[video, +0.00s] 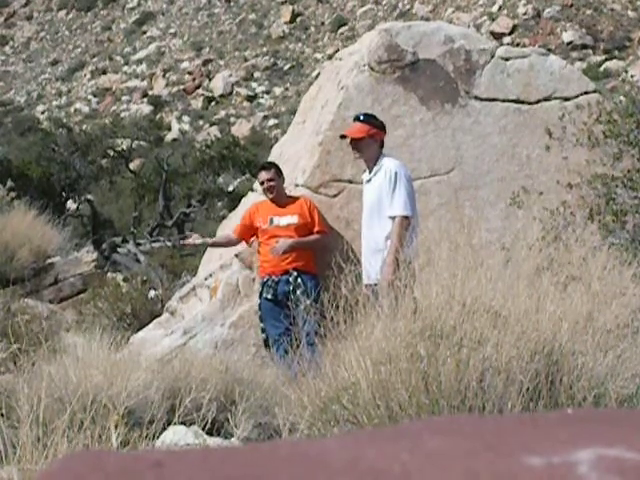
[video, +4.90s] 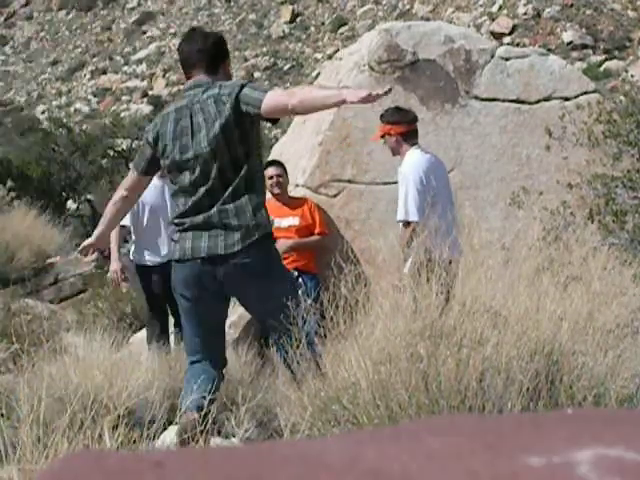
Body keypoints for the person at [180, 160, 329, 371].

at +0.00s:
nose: (267, 185)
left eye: (271, 180)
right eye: (263, 182)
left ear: (282, 180)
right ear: (260, 186)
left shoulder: (304, 204)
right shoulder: (257, 210)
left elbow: (323, 236)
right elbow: (234, 238)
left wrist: (293, 243)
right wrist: (205, 241)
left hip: (302, 277)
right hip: (271, 280)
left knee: (310, 333)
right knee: (278, 339)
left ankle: (316, 380)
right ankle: (292, 385)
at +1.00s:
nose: (270, 185)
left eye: (274, 180)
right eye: (265, 182)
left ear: (284, 180)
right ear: (261, 186)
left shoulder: (304, 205)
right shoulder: (256, 211)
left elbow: (323, 237)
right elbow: (239, 244)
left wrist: (293, 243)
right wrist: (223, 273)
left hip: (303, 277)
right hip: (271, 280)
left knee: (310, 332)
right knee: (279, 338)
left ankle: (315, 379)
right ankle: (290, 382)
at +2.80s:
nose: (272, 181)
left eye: (276, 176)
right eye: (267, 178)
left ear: (285, 178)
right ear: (263, 183)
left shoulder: (306, 205)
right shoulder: (258, 210)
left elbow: (324, 238)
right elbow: (246, 242)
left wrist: (293, 243)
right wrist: (243, 249)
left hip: (304, 278)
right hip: (272, 281)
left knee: (310, 335)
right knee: (278, 338)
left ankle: (315, 381)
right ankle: (288, 384)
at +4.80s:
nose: (274, 181)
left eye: (278, 176)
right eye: (269, 178)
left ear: (287, 179)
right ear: (264, 183)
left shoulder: (307, 206)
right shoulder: (257, 211)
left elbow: (325, 237)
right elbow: (247, 246)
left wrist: (293, 244)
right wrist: (252, 264)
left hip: (304, 274)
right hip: (272, 277)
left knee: (309, 327)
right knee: (278, 330)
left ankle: (315, 375)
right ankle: (287, 378)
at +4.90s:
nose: (275, 181)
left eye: (279, 176)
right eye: (270, 177)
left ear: (287, 179)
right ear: (265, 183)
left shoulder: (306, 205)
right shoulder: (262, 209)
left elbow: (324, 237)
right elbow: (257, 240)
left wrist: (290, 244)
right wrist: (274, 250)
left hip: (305, 272)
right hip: (277, 273)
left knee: (310, 328)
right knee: (280, 329)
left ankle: (318, 373)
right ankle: (290, 377)